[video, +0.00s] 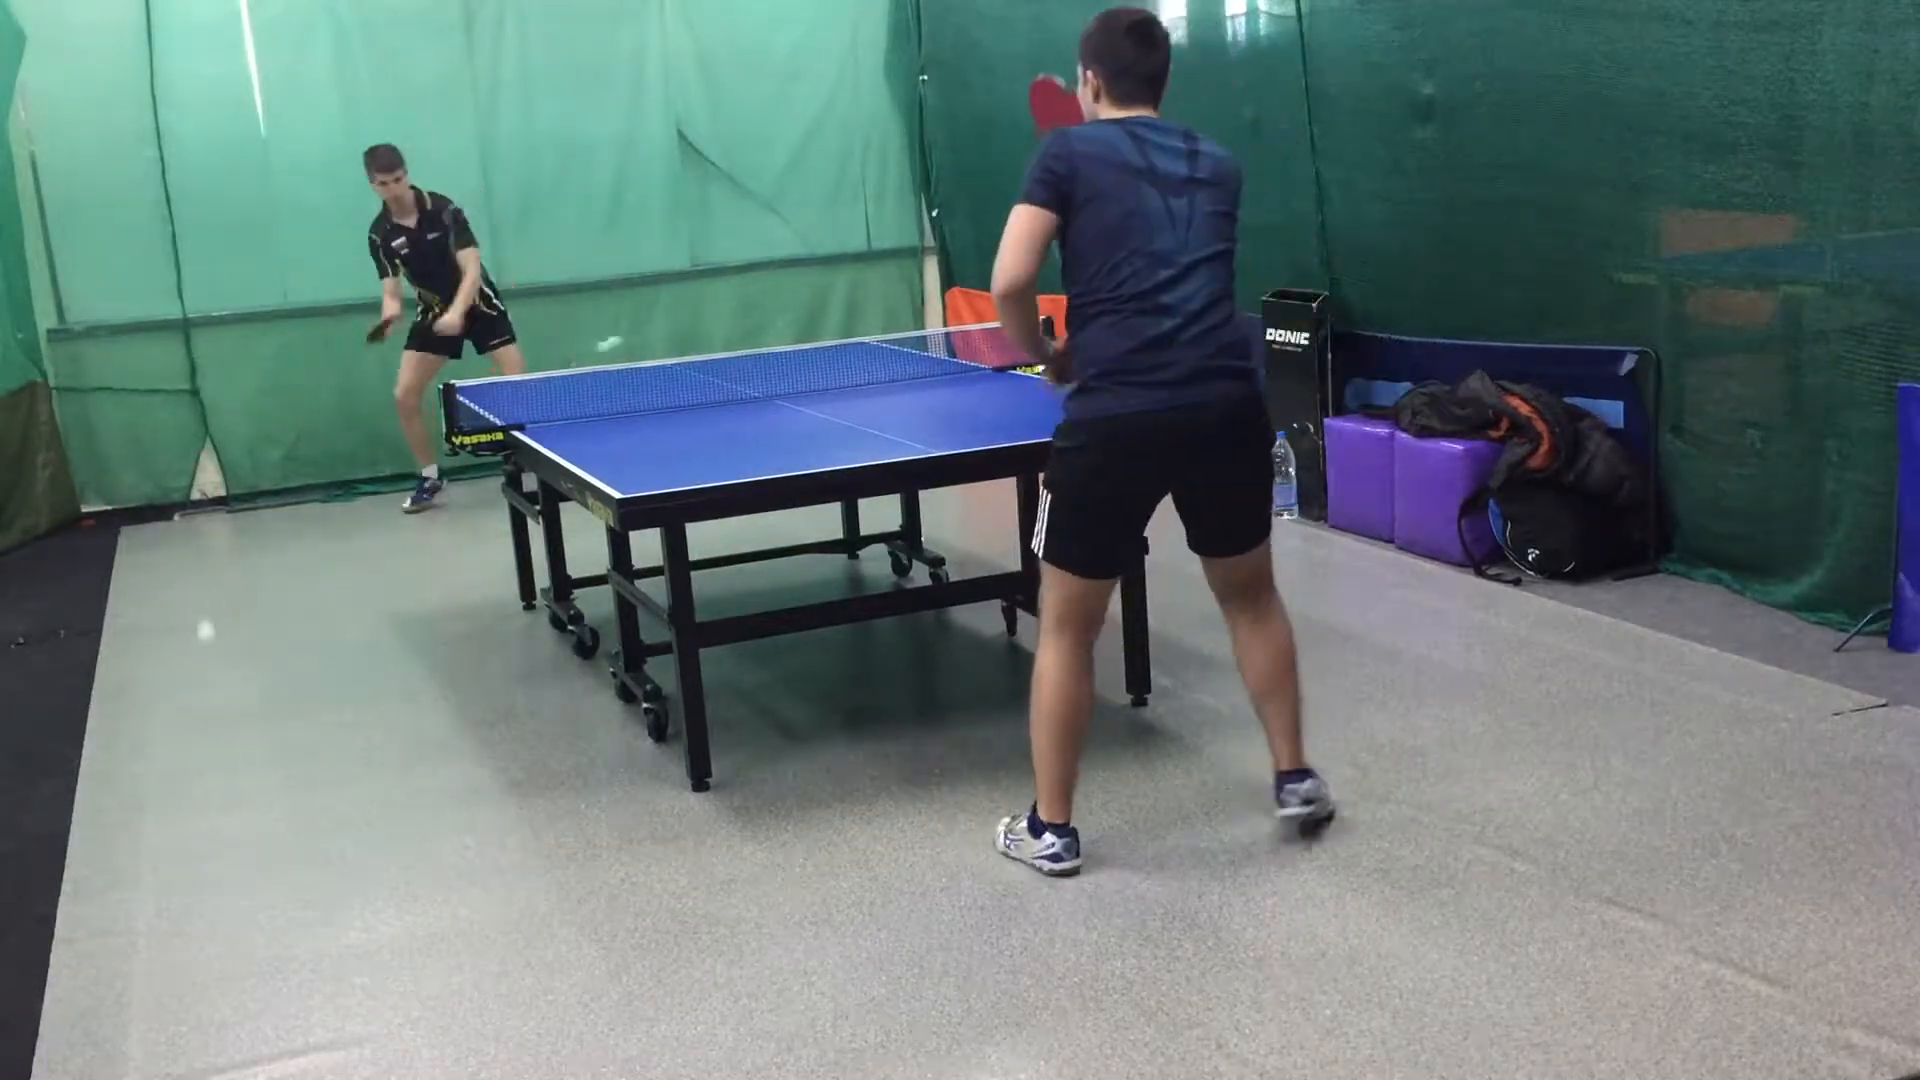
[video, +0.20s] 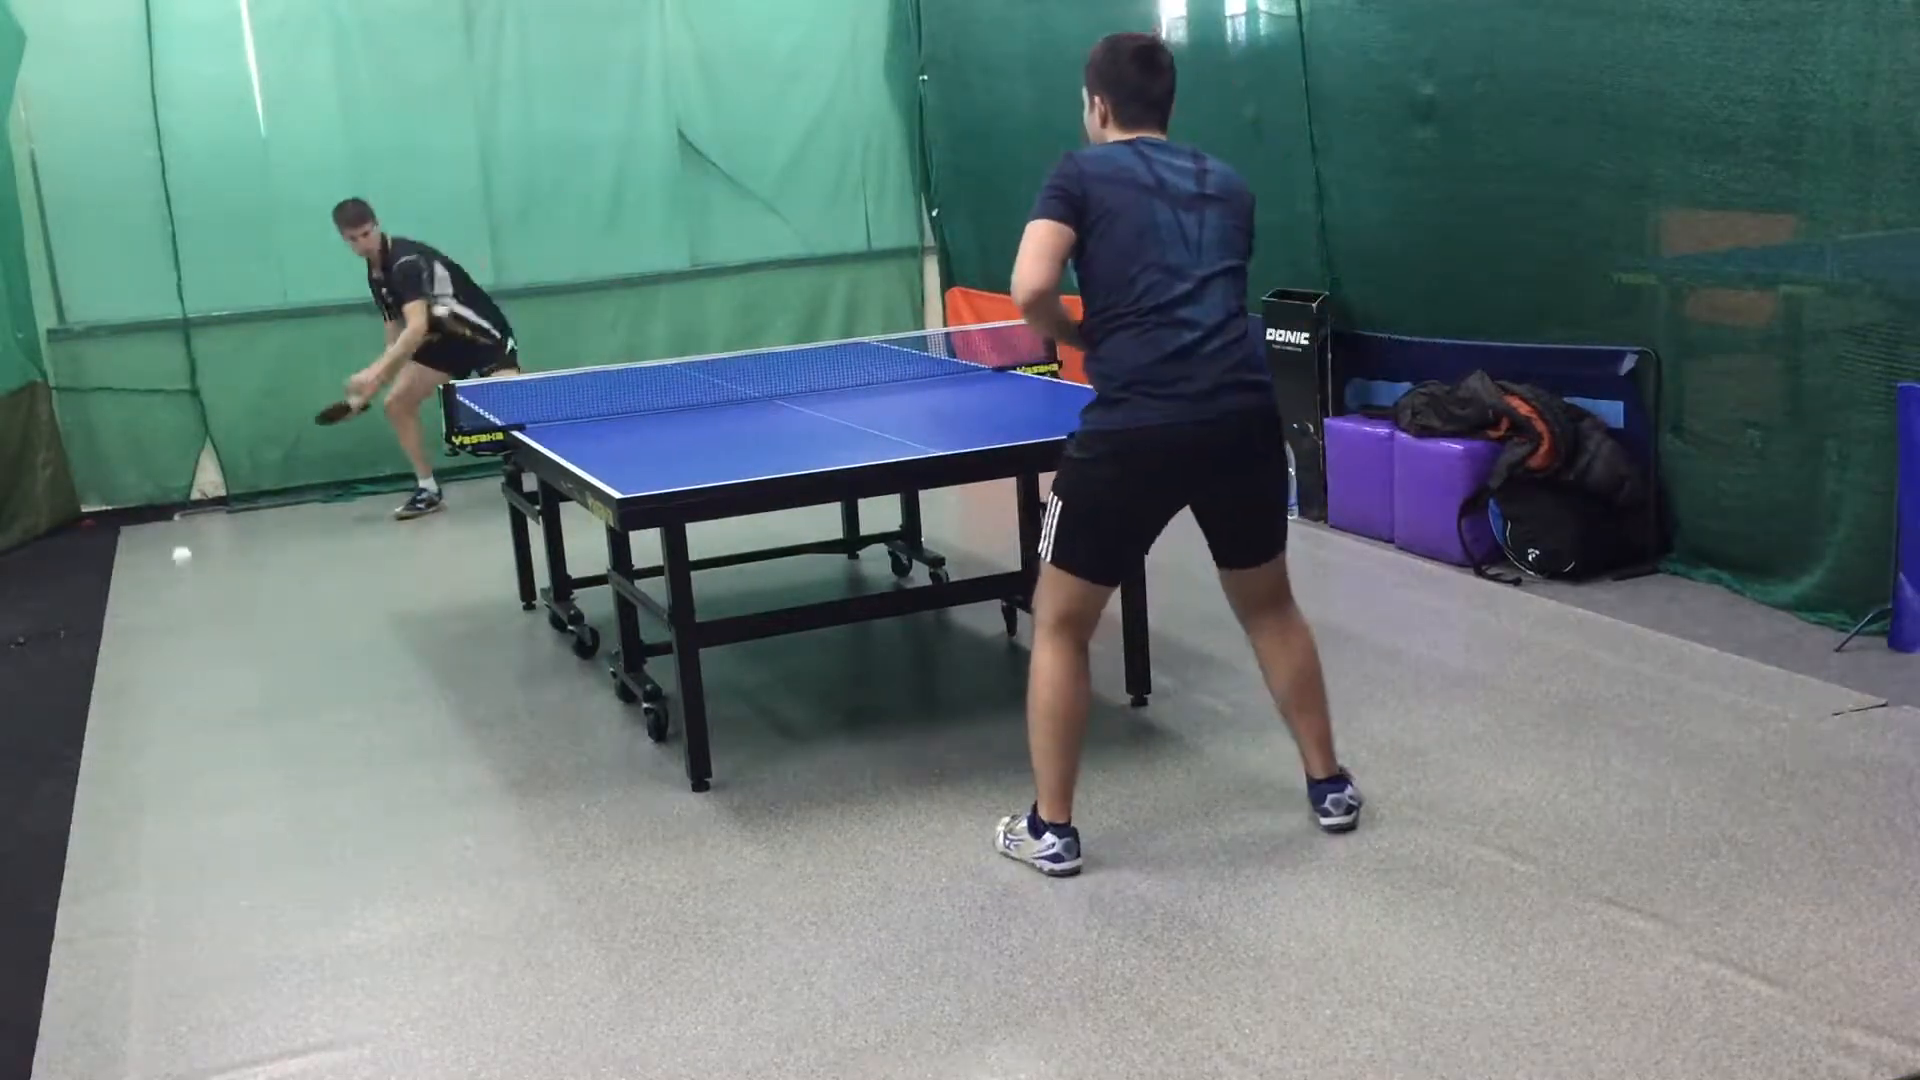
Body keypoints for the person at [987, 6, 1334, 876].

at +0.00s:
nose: (1074, 88)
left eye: (1076, 76)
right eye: (1080, 76)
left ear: (1090, 82)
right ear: (1165, 85)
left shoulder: (1066, 152)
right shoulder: (1217, 161)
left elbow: (1010, 283)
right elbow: (1208, 275)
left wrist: (1051, 364)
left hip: (1112, 425)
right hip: (1224, 415)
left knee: (1069, 632)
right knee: (1252, 597)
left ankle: (1052, 826)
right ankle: (1294, 777)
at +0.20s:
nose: (1083, 113)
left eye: (1083, 102)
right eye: (1089, 102)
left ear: (1096, 106)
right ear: (1169, 107)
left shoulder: (1082, 172)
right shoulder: (1225, 180)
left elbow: (1032, 290)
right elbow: (1224, 289)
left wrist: (1074, 334)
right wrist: (1141, 318)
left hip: (1133, 436)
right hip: (1241, 425)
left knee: (1063, 626)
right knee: (1271, 606)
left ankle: (1052, 827)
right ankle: (1329, 785)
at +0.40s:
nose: (1114, 107)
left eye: (1114, 96)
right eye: (1121, 95)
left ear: (1124, 99)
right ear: (1198, 101)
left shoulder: (1096, 168)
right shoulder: (1252, 184)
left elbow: (1029, 279)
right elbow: (1282, 331)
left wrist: (1090, 320)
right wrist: (1278, 374)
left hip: (1128, 431)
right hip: (1239, 425)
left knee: (1062, 625)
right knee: (1272, 604)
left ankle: (1053, 827)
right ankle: (1329, 786)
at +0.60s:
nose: (1141, 127)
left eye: (1140, 116)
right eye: (1151, 117)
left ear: (1146, 122)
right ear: (1222, 127)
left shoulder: (1095, 190)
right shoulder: (1264, 208)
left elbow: (1016, 297)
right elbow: (1308, 355)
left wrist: (1079, 334)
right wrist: (1378, 429)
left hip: (1102, 445)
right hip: (1223, 446)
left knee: (1046, 629)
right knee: (1279, 608)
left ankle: (1040, 828)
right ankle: (1329, 787)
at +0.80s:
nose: (1181, 170)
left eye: (1179, 160)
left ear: (1177, 165)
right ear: (1253, 172)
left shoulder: (1117, 227)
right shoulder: (1279, 248)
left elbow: (1029, 332)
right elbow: (1318, 396)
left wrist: (1099, 367)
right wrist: (1393, 416)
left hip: (1104, 477)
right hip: (1224, 478)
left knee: (1040, 638)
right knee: (1297, 612)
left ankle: (1042, 831)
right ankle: (1329, 785)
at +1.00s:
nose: (1209, 144)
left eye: (1210, 134)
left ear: (1214, 141)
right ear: (1286, 152)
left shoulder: (1157, 198)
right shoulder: (1314, 238)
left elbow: (1066, 296)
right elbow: (1327, 377)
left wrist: (1140, 334)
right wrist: (1338, 336)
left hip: (1147, 445)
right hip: (1265, 450)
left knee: (1071, 627)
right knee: (1307, 605)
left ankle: (1044, 828)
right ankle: (1330, 783)